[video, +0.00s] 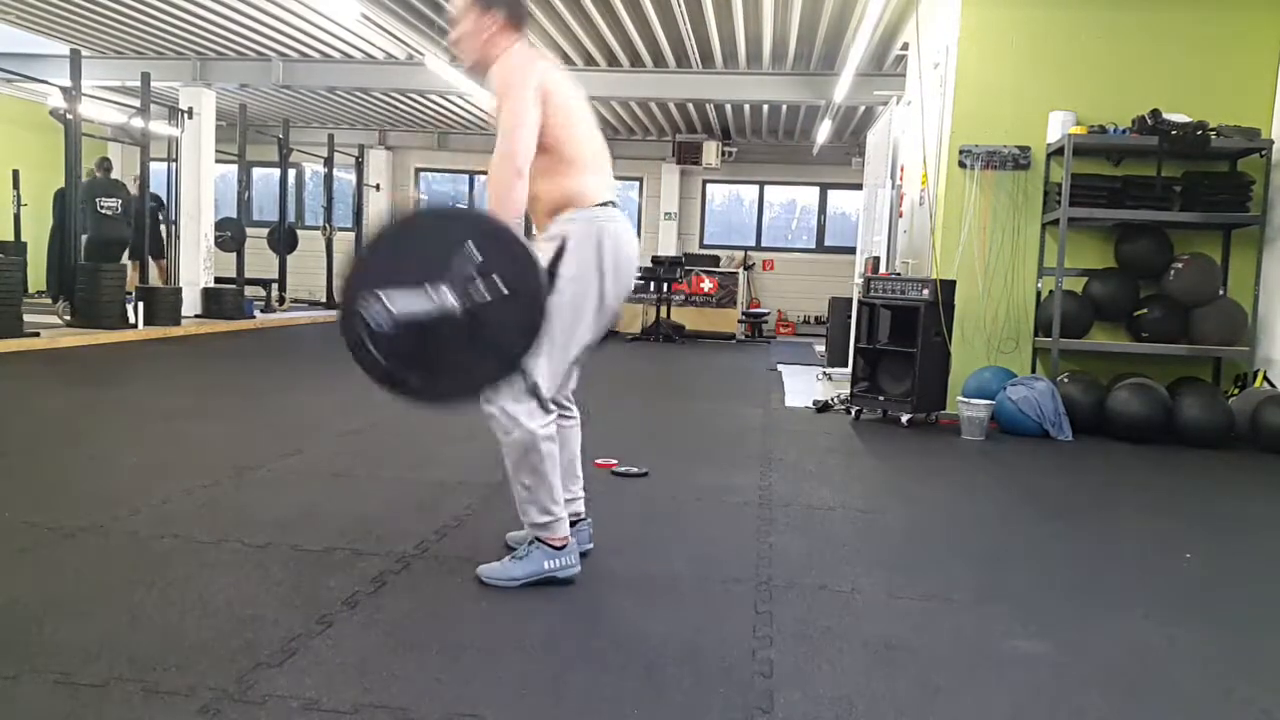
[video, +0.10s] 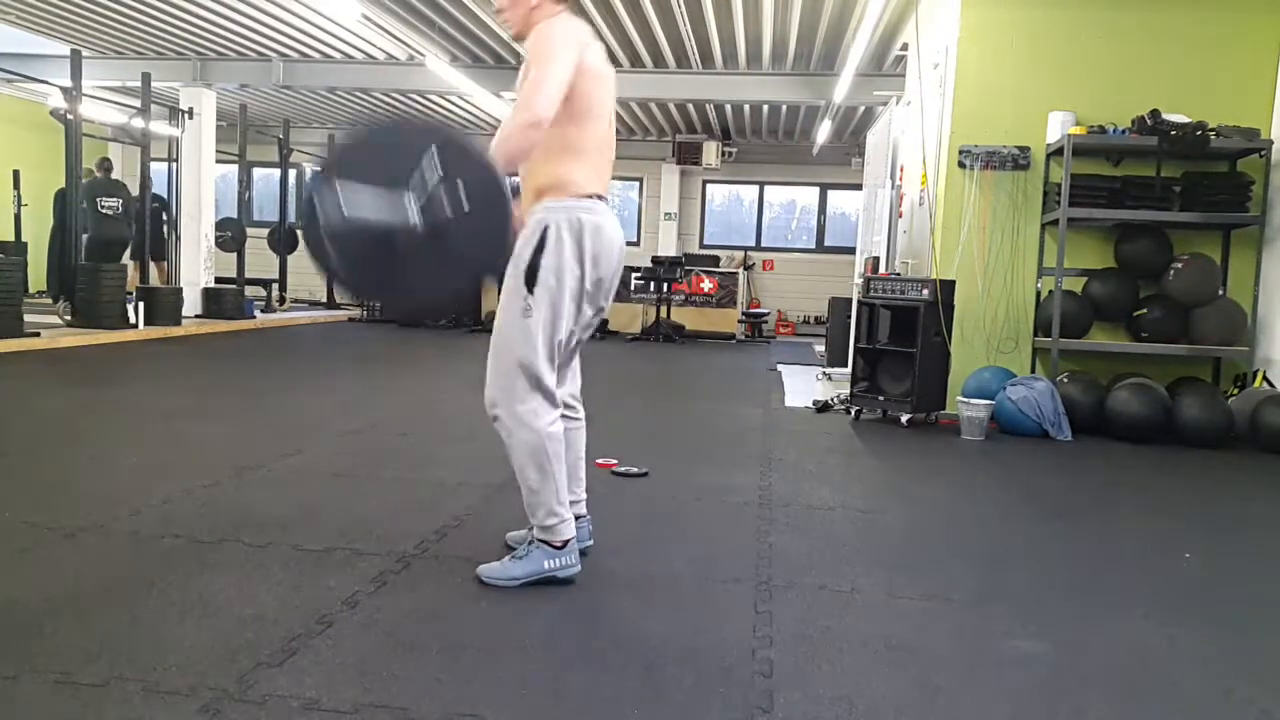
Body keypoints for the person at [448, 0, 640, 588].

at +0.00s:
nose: (450, 38)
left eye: (456, 23)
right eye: (450, 26)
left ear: (493, 22)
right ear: (500, 25)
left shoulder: (520, 67)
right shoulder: (539, 70)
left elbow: (512, 165)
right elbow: (532, 175)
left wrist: (491, 263)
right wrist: (511, 264)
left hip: (581, 236)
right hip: (597, 234)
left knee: (513, 391)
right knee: (553, 392)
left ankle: (552, 544)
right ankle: (568, 523)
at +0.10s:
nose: (496, 7)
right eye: (496, 1)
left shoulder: (556, 33)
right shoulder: (585, 45)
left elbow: (533, 118)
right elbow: (579, 155)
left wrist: (476, 178)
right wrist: (524, 210)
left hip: (560, 226)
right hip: (591, 226)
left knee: (516, 391)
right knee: (559, 388)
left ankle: (553, 542)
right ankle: (570, 523)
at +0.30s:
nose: (510, 7)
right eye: (512, 1)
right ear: (564, 2)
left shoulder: (567, 41)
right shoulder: (599, 64)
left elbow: (575, 120)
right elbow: (610, 163)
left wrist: (498, 89)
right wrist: (545, 145)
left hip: (539, 233)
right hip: (572, 229)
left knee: (528, 395)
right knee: (562, 386)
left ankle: (556, 548)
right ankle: (573, 523)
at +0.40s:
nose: (516, 12)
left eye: (521, 5)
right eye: (521, 7)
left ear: (542, 2)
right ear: (571, 5)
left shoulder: (556, 53)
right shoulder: (587, 64)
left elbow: (510, 136)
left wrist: (466, 72)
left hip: (532, 233)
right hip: (565, 228)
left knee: (524, 397)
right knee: (558, 387)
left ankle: (556, 548)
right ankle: (571, 522)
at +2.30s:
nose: (483, 21)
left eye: (491, 11)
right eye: (485, 12)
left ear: (519, 13)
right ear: (550, 19)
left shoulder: (520, 78)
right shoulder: (557, 86)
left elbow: (412, 125)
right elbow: (465, 151)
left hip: (535, 262)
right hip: (564, 258)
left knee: (449, 401)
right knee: (508, 405)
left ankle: (491, 562)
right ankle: (526, 523)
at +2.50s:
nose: (477, 74)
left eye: (486, 64)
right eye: (480, 63)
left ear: (508, 70)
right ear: (532, 75)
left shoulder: (508, 131)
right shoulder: (543, 136)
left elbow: (416, 187)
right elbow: (457, 205)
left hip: (546, 309)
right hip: (577, 304)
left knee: (424, 416)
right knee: (495, 408)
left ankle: (488, 564)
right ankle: (526, 521)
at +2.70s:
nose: (467, 150)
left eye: (476, 139)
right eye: (471, 138)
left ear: (498, 148)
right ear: (520, 151)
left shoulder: (494, 208)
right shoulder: (536, 205)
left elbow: (435, 270)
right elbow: (448, 278)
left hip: (549, 372)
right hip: (585, 366)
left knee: (404, 430)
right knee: (471, 403)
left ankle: (487, 564)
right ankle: (523, 523)